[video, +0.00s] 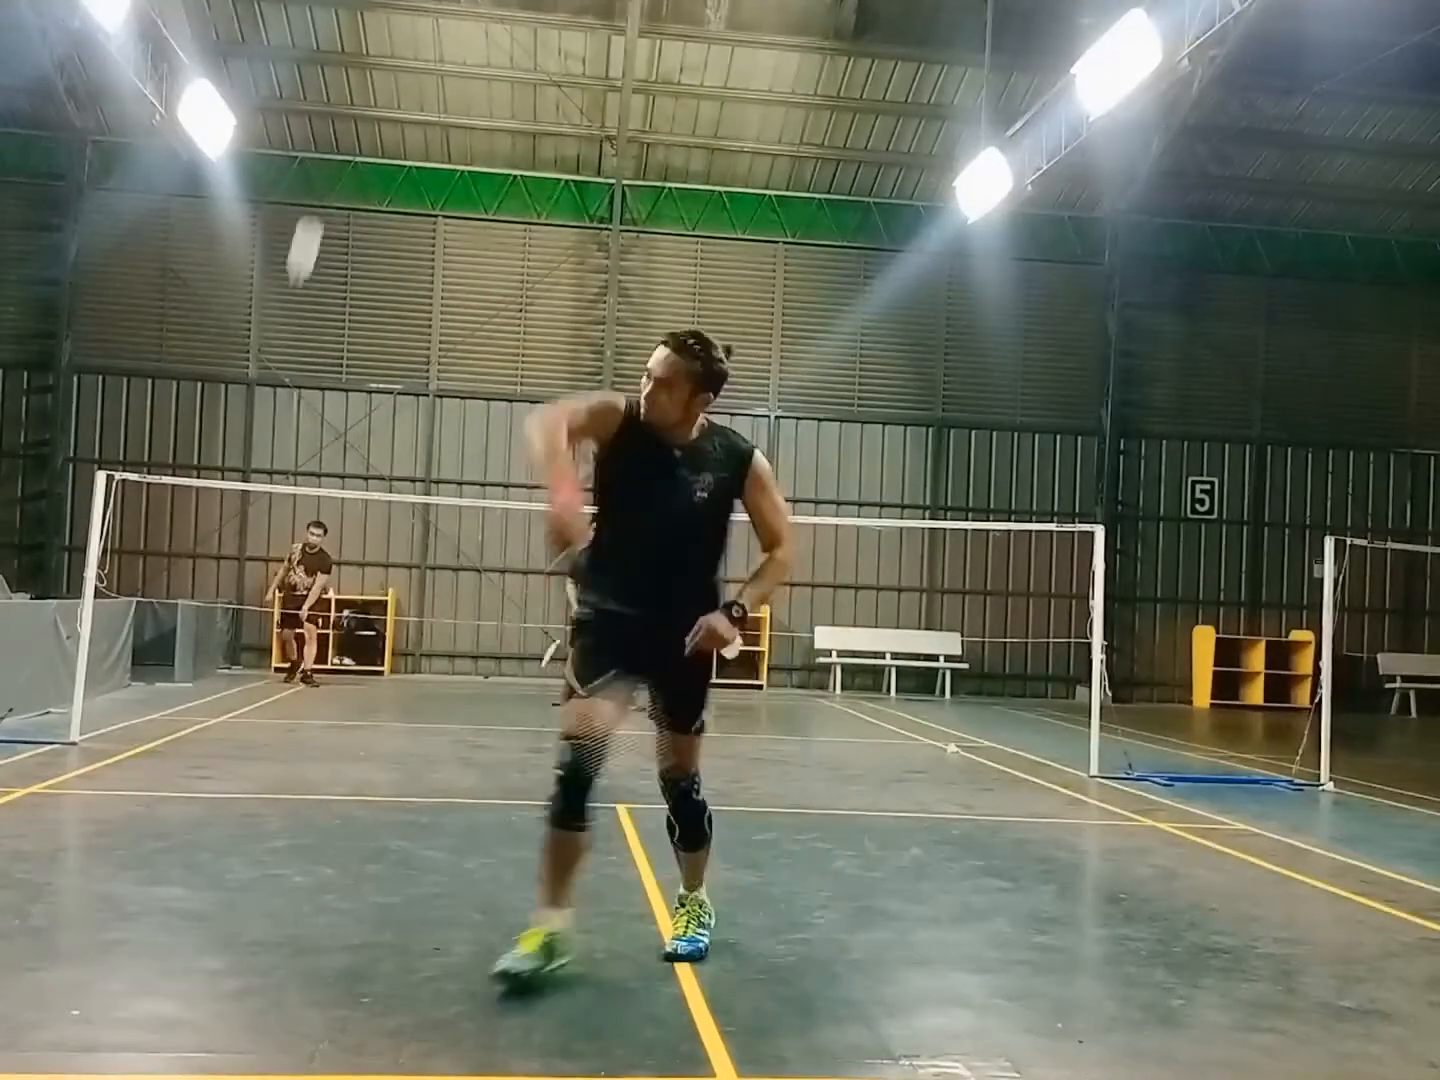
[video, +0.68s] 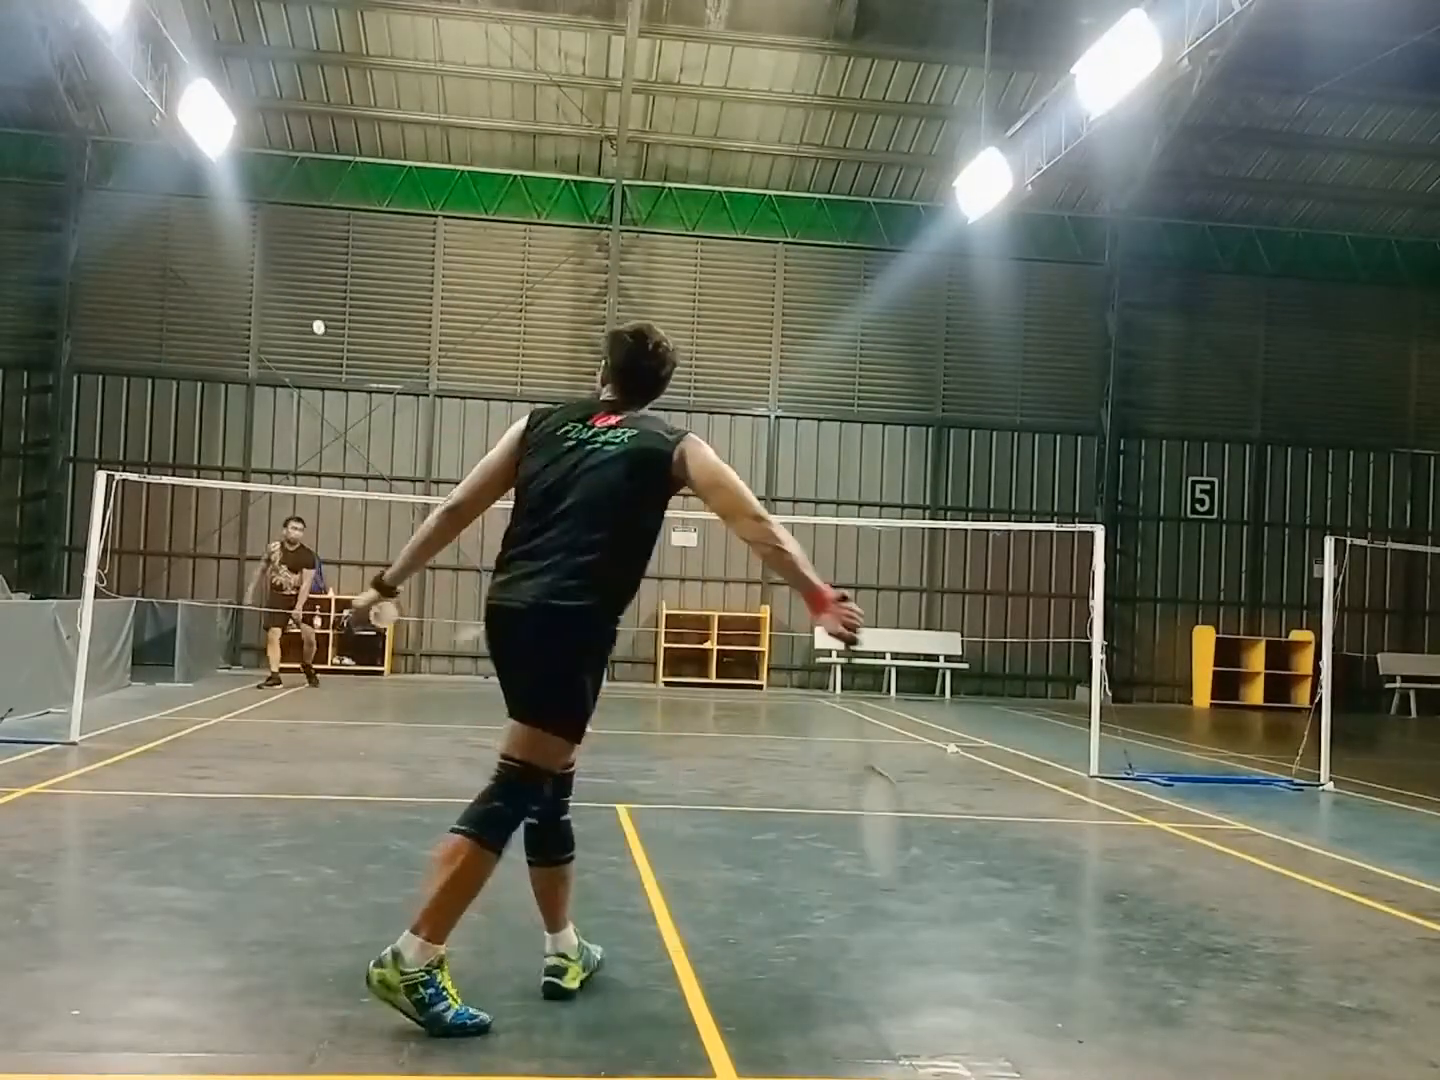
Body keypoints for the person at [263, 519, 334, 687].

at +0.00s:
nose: (313, 538)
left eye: (318, 536)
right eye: (312, 534)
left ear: (323, 538)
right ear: (306, 533)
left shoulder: (325, 560)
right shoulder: (295, 550)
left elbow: (318, 586)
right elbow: (283, 570)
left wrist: (306, 607)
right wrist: (271, 591)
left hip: (312, 598)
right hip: (292, 597)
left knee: (310, 634)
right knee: (286, 635)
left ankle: (307, 671)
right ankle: (294, 662)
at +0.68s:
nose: (296, 533)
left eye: (300, 530)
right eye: (293, 528)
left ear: (303, 533)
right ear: (284, 530)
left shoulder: (308, 556)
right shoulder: (273, 549)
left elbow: (306, 584)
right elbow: (260, 570)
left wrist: (298, 607)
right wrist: (250, 591)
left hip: (299, 598)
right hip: (277, 597)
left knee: (310, 638)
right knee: (273, 635)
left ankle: (307, 666)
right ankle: (274, 674)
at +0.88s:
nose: (280, 530)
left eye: (284, 527)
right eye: (276, 526)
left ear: (289, 530)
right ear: (270, 528)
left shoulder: (294, 552)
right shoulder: (262, 547)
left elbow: (291, 580)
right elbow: (253, 568)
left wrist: (280, 602)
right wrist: (251, 588)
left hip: (287, 594)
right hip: (267, 594)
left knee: (286, 630)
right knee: (269, 634)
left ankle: (289, 670)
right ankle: (274, 673)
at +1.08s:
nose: (263, 532)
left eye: (268, 528)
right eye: (260, 528)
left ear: (275, 531)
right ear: (256, 529)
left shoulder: (279, 552)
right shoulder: (256, 549)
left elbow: (274, 581)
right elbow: (250, 568)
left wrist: (264, 601)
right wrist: (253, 580)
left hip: (275, 593)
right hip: (260, 591)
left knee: (269, 635)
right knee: (249, 634)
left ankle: (269, 676)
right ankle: (271, 666)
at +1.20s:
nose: (252, 531)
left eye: (257, 527)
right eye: (249, 527)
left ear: (266, 529)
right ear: (247, 528)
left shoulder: (269, 551)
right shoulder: (253, 549)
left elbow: (264, 581)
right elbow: (245, 570)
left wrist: (256, 602)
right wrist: (246, 585)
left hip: (269, 596)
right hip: (255, 593)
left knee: (265, 634)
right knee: (232, 625)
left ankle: (268, 676)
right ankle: (247, 661)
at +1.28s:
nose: (246, 530)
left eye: (251, 527)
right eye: (243, 526)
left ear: (259, 529)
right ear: (240, 528)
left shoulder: (262, 550)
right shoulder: (245, 547)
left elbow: (259, 578)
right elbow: (242, 568)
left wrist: (251, 601)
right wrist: (239, 582)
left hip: (265, 592)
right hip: (249, 590)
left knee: (264, 635)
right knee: (229, 626)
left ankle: (267, 675)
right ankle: (230, 669)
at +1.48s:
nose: (230, 531)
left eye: (234, 528)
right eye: (227, 527)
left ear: (243, 530)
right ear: (224, 529)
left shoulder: (245, 550)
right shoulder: (231, 548)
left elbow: (241, 578)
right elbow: (228, 569)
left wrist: (231, 601)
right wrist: (220, 580)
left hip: (244, 594)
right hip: (229, 591)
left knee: (242, 635)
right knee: (215, 633)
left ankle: (261, 672)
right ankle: (214, 673)